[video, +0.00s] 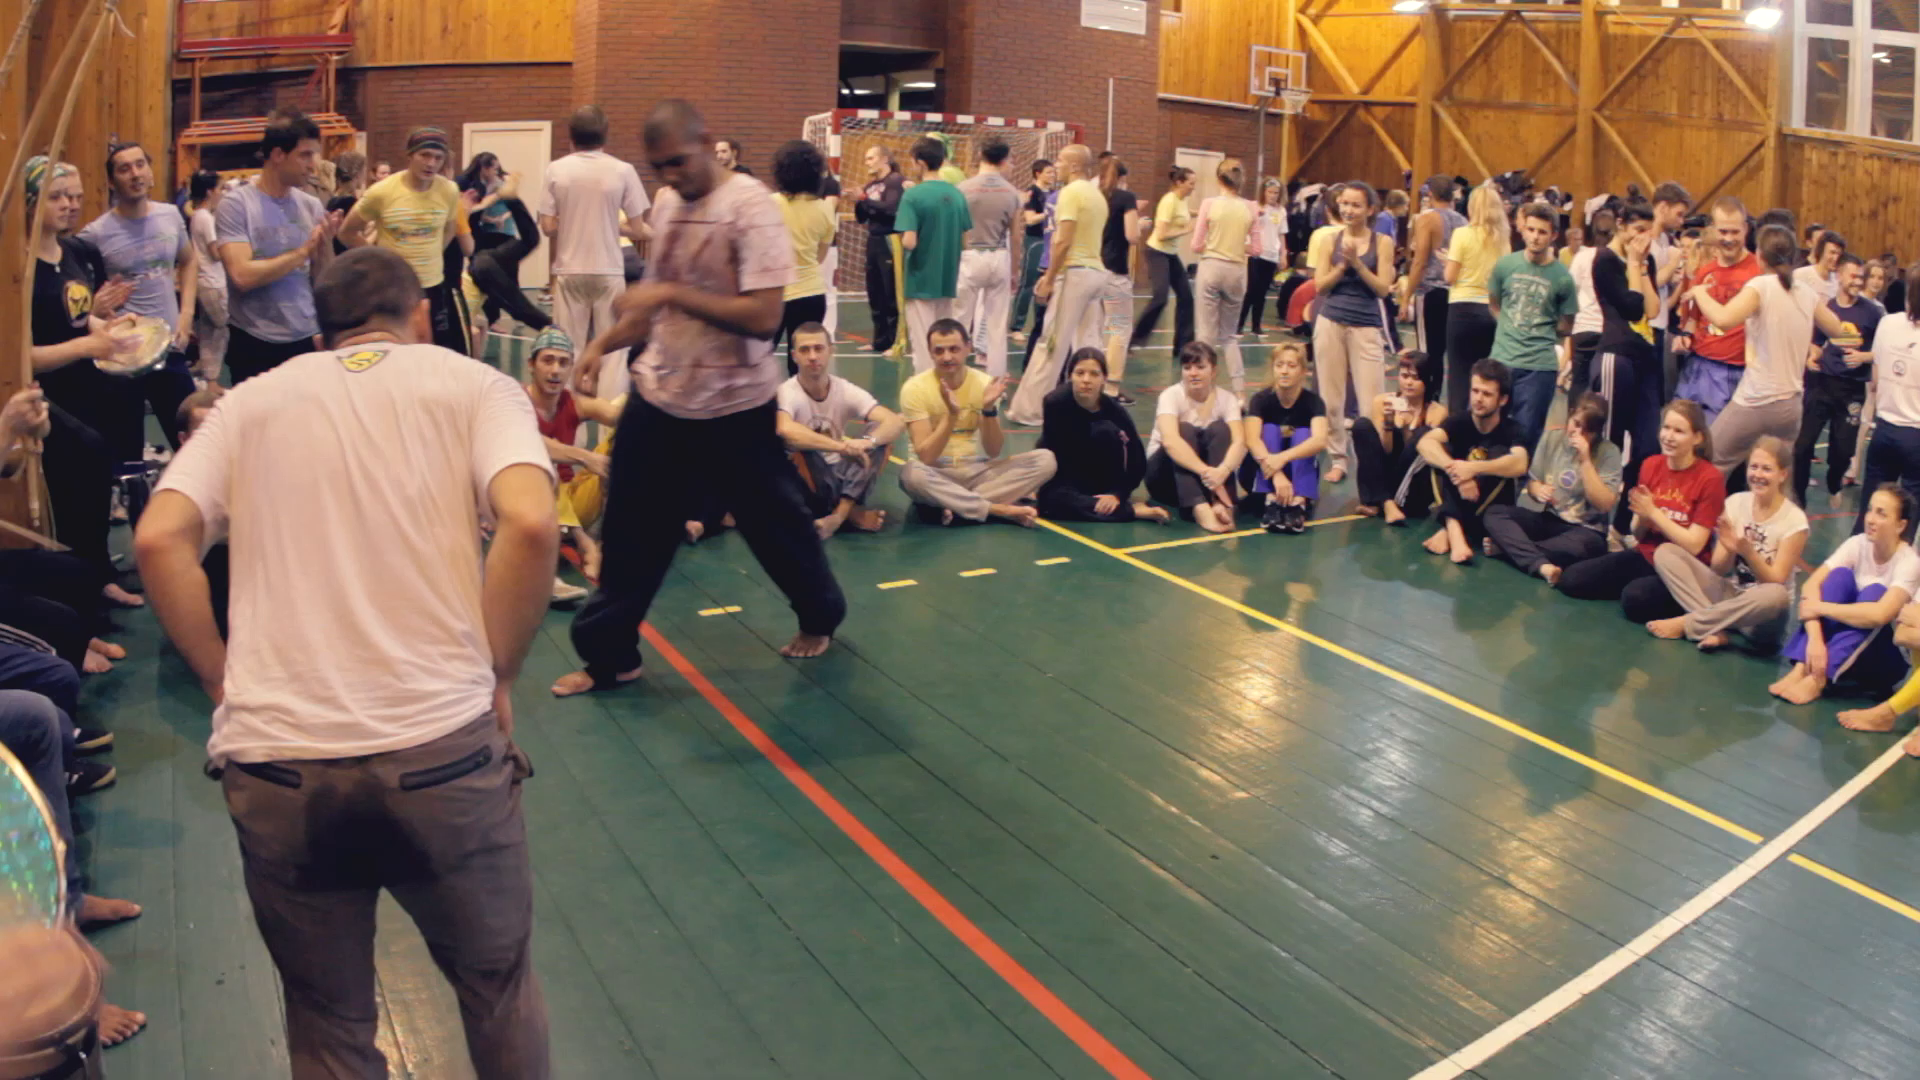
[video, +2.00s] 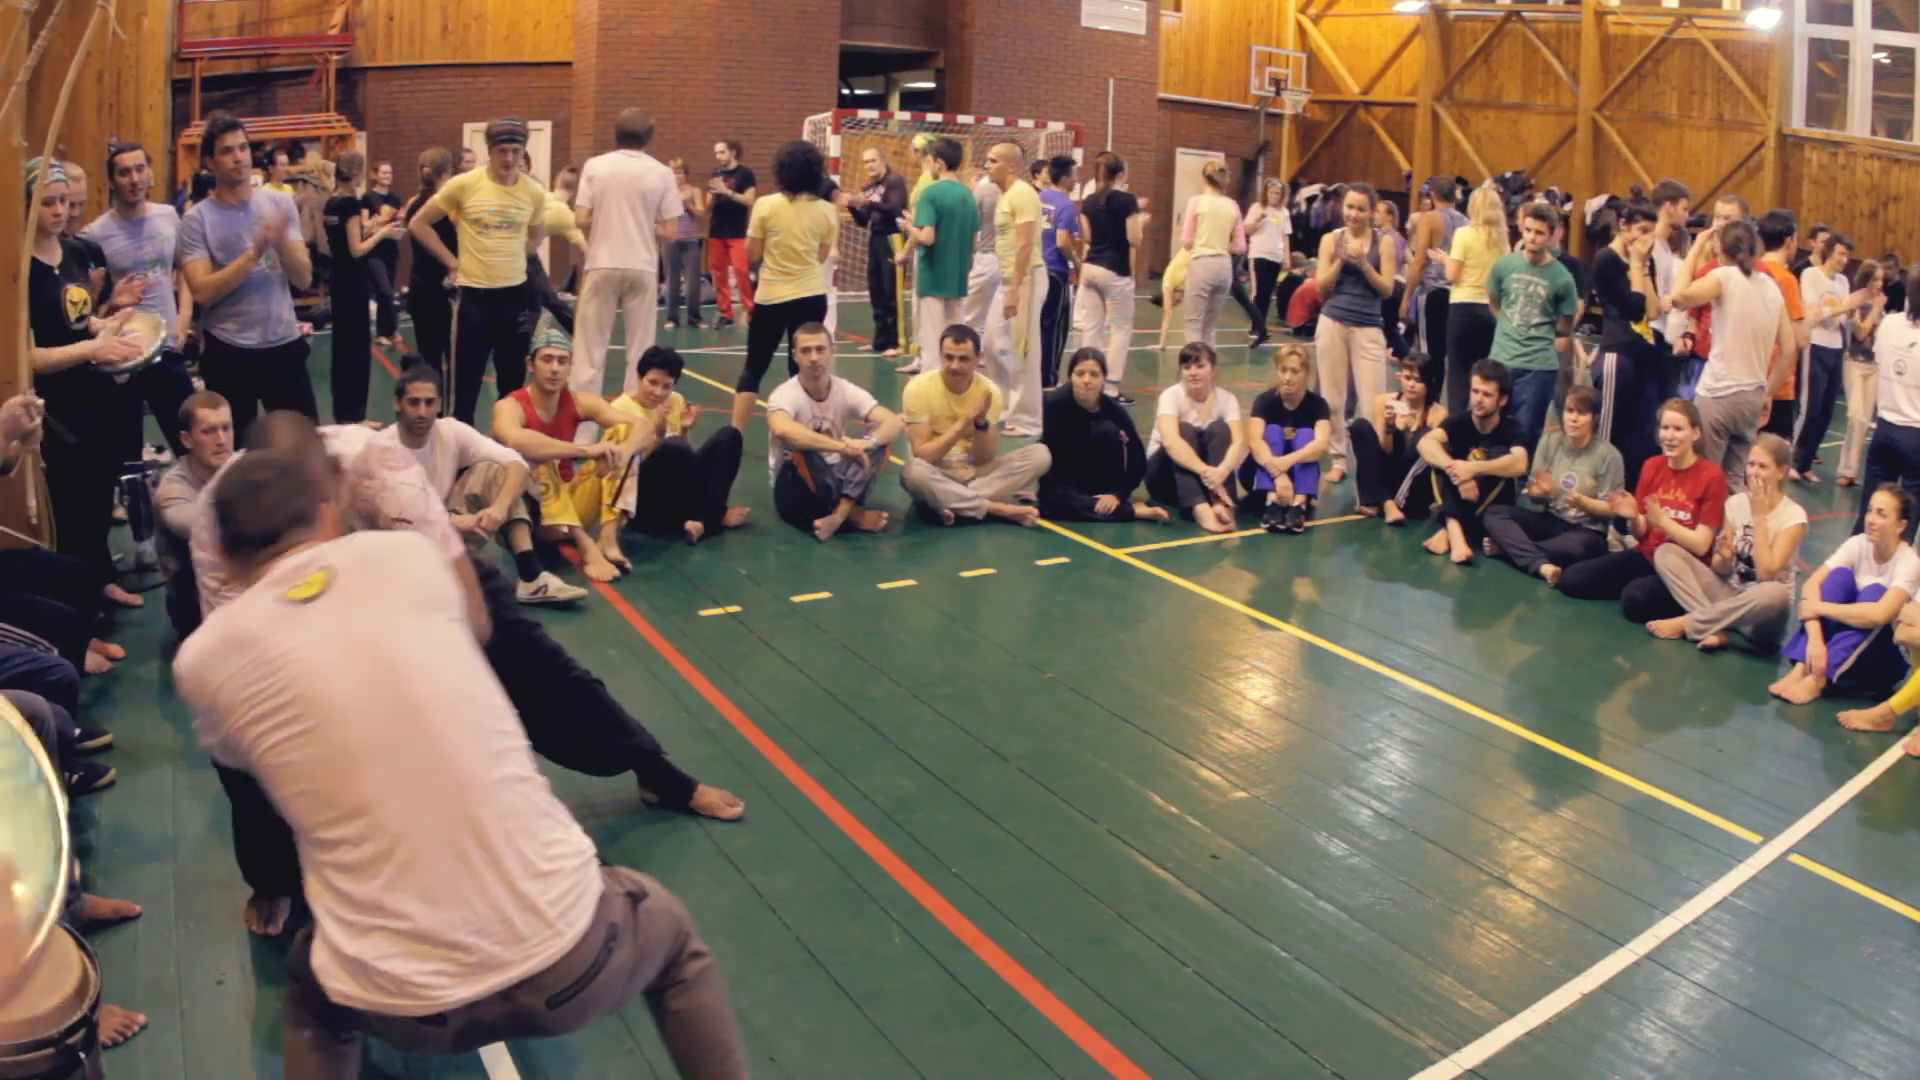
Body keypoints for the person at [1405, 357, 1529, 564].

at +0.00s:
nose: (1479, 399)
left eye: (1487, 394)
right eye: (1475, 391)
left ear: (1503, 400)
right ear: (1469, 392)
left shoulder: (1511, 429)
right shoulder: (1459, 421)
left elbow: (1519, 465)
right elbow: (1425, 444)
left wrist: (1473, 467)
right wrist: (1459, 474)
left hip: (1493, 512)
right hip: (1455, 505)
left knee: (1501, 457)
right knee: (1437, 455)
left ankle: (1450, 528)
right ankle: (1454, 529)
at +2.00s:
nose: (1478, 399)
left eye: (1487, 395)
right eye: (1475, 392)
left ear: (1503, 400)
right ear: (1469, 391)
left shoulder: (1511, 428)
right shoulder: (1460, 420)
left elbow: (1520, 465)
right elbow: (1426, 443)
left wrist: (1473, 468)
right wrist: (1459, 475)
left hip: (1492, 510)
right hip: (1454, 504)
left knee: (1499, 455)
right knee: (1438, 454)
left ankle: (1449, 528)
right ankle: (1454, 528)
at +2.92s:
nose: (1478, 399)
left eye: (1487, 395)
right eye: (1475, 392)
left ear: (1502, 400)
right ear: (1469, 391)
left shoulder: (1510, 428)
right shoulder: (1460, 419)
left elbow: (1519, 464)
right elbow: (1426, 443)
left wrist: (1473, 468)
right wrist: (1459, 474)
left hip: (1492, 509)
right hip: (1454, 503)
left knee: (1499, 456)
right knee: (1438, 455)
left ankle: (1449, 527)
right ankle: (1454, 528)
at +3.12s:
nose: (1478, 400)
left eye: (1487, 395)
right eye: (1475, 392)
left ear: (1502, 400)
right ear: (1469, 392)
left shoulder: (1510, 428)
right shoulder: (1460, 420)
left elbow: (1519, 465)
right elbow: (1425, 443)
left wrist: (1473, 468)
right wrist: (1458, 474)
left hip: (1494, 509)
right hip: (1458, 503)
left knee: (1499, 455)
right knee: (1438, 453)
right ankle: (1452, 524)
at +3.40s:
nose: (1479, 399)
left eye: (1487, 394)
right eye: (1475, 392)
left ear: (1503, 400)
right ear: (1469, 392)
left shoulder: (1510, 428)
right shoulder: (1458, 420)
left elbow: (1519, 465)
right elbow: (1425, 443)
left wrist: (1473, 468)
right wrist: (1452, 467)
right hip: (1453, 501)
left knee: (1499, 454)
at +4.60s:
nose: (1479, 399)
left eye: (1487, 395)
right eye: (1475, 392)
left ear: (1503, 400)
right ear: (1469, 392)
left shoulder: (1510, 429)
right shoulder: (1459, 422)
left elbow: (1519, 464)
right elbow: (1426, 443)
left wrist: (1473, 467)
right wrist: (1458, 473)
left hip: (1492, 512)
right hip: (1453, 503)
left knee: (1502, 457)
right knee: (1438, 457)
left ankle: (1450, 529)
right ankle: (1454, 529)